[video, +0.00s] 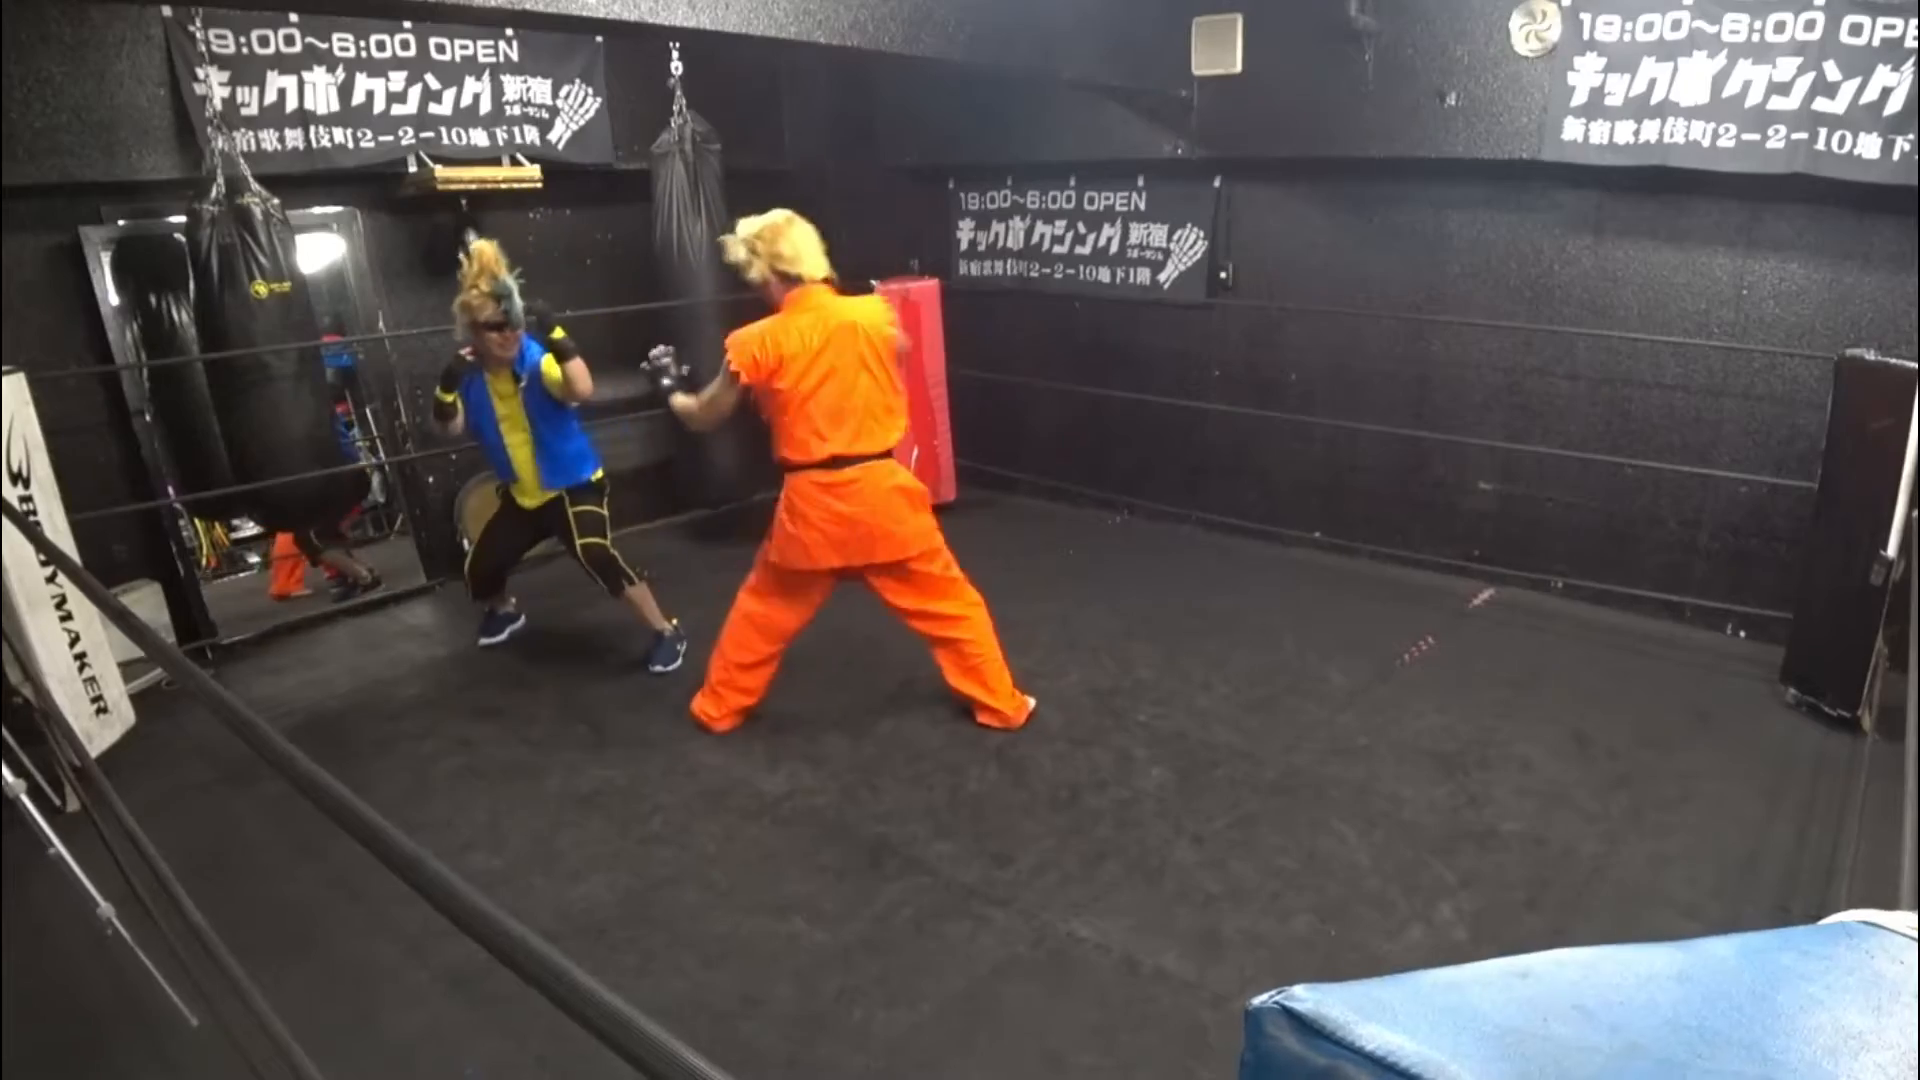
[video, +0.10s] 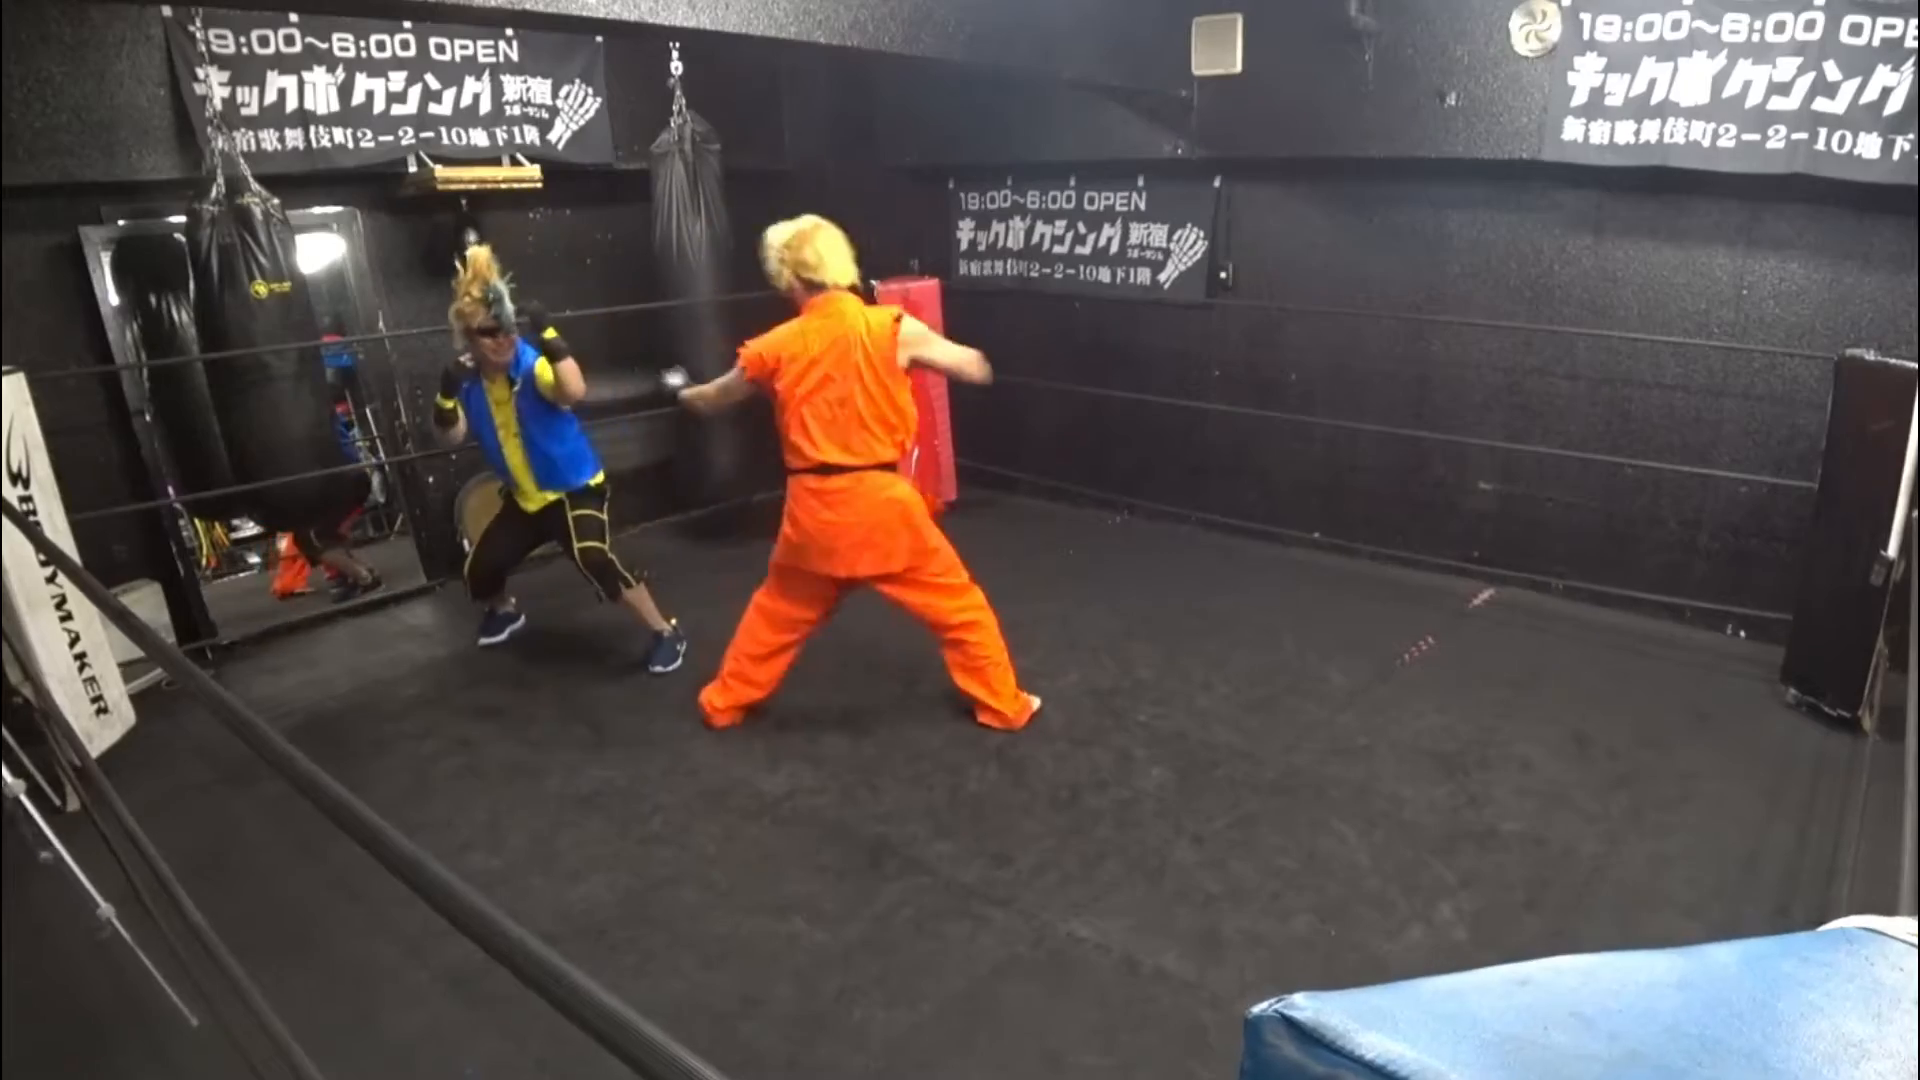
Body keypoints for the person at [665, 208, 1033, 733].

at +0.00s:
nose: (755, 290)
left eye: (756, 279)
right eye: (753, 279)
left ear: (773, 274)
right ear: (820, 262)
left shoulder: (759, 342)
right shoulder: (876, 315)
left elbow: (704, 414)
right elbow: (899, 356)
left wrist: (672, 390)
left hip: (813, 504)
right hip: (887, 493)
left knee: (766, 603)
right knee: (949, 599)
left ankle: (718, 707)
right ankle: (1002, 705)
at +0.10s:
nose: (779, 287)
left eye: (781, 277)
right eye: (779, 277)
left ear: (793, 280)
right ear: (846, 269)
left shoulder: (780, 345)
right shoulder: (892, 327)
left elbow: (715, 398)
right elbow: (976, 367)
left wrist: (684, 393)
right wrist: (929, 346)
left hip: (813, 510)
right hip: (887, 503)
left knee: (779, 607)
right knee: (958, 603)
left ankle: (723, 702)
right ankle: (1003, 704)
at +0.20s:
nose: (797, 295)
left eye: (801, 286)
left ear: (811, 292)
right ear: (865, 282)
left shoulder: (793, 355)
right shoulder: (898, 336)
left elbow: (737, 405)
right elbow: (993, 371)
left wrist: (718, 412)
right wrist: (959, 355)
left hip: (809, 514)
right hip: (883, 511)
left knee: (779, 607)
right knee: (955, 607)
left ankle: (722, 702)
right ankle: (1002, 704)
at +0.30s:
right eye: (868, 287)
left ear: (810, 309)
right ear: (866, 297)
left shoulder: (789, 367)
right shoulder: (886, 347)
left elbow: (725, 416)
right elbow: (971, 347)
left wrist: (714, 451)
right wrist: (978, 309)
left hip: (799, 523)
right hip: (872, 522)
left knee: (747, 604)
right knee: (952, 610)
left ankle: (690, 695)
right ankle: (1004, 704)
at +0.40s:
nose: (838, 306)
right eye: (834, 297)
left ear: (776, 314)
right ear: (828, 304)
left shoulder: (754, 373)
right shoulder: (851, 348)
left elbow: (684, 422)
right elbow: (917, 351)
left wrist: (678, 479)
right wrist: (976, 332)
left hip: (772, 526)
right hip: (846, 524)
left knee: (714, 605)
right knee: (928, 610)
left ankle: (646, 694)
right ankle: (1001, 703)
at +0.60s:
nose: (624, 321)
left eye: (624, 312)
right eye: (621, 311)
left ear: (641, 310)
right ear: (685, 299)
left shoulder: (652, 371)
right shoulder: (738, 348)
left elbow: (666, 466)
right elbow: (789, 432)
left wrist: (639, 457)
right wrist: (734, 431)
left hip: (710, 524)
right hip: (771, 505)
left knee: (638, 605)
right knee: (823, 612)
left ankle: (619, 704)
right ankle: (931, 677)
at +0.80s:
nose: (560, 388)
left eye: (555, 375)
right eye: (550, 381)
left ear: (572, 351)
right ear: (575, 350)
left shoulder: (640, 382)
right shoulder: (619, 384)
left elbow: (731, 417)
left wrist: (665, 462)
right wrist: (628, 477)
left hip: (699, 529)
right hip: (730, 519)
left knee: (605, 596)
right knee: (760, 633)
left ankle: (610, 707)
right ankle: (878, 680)